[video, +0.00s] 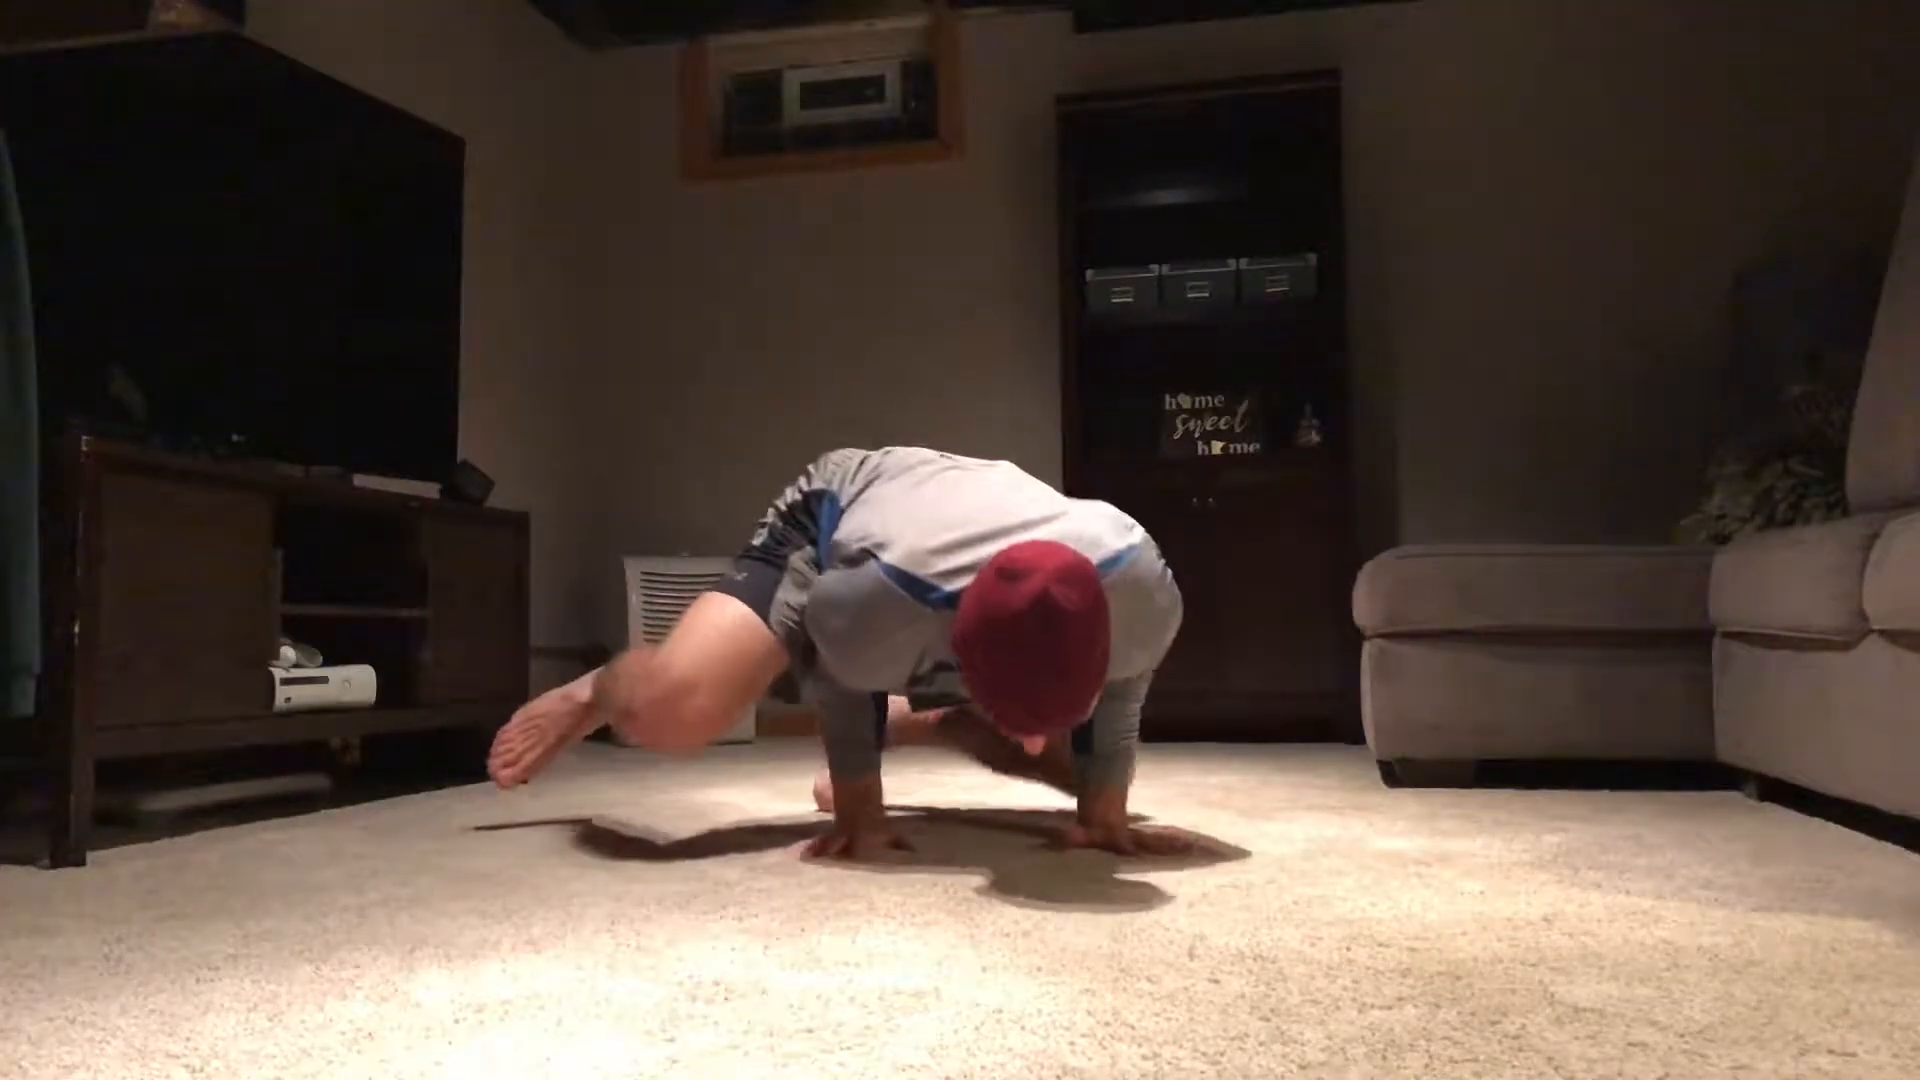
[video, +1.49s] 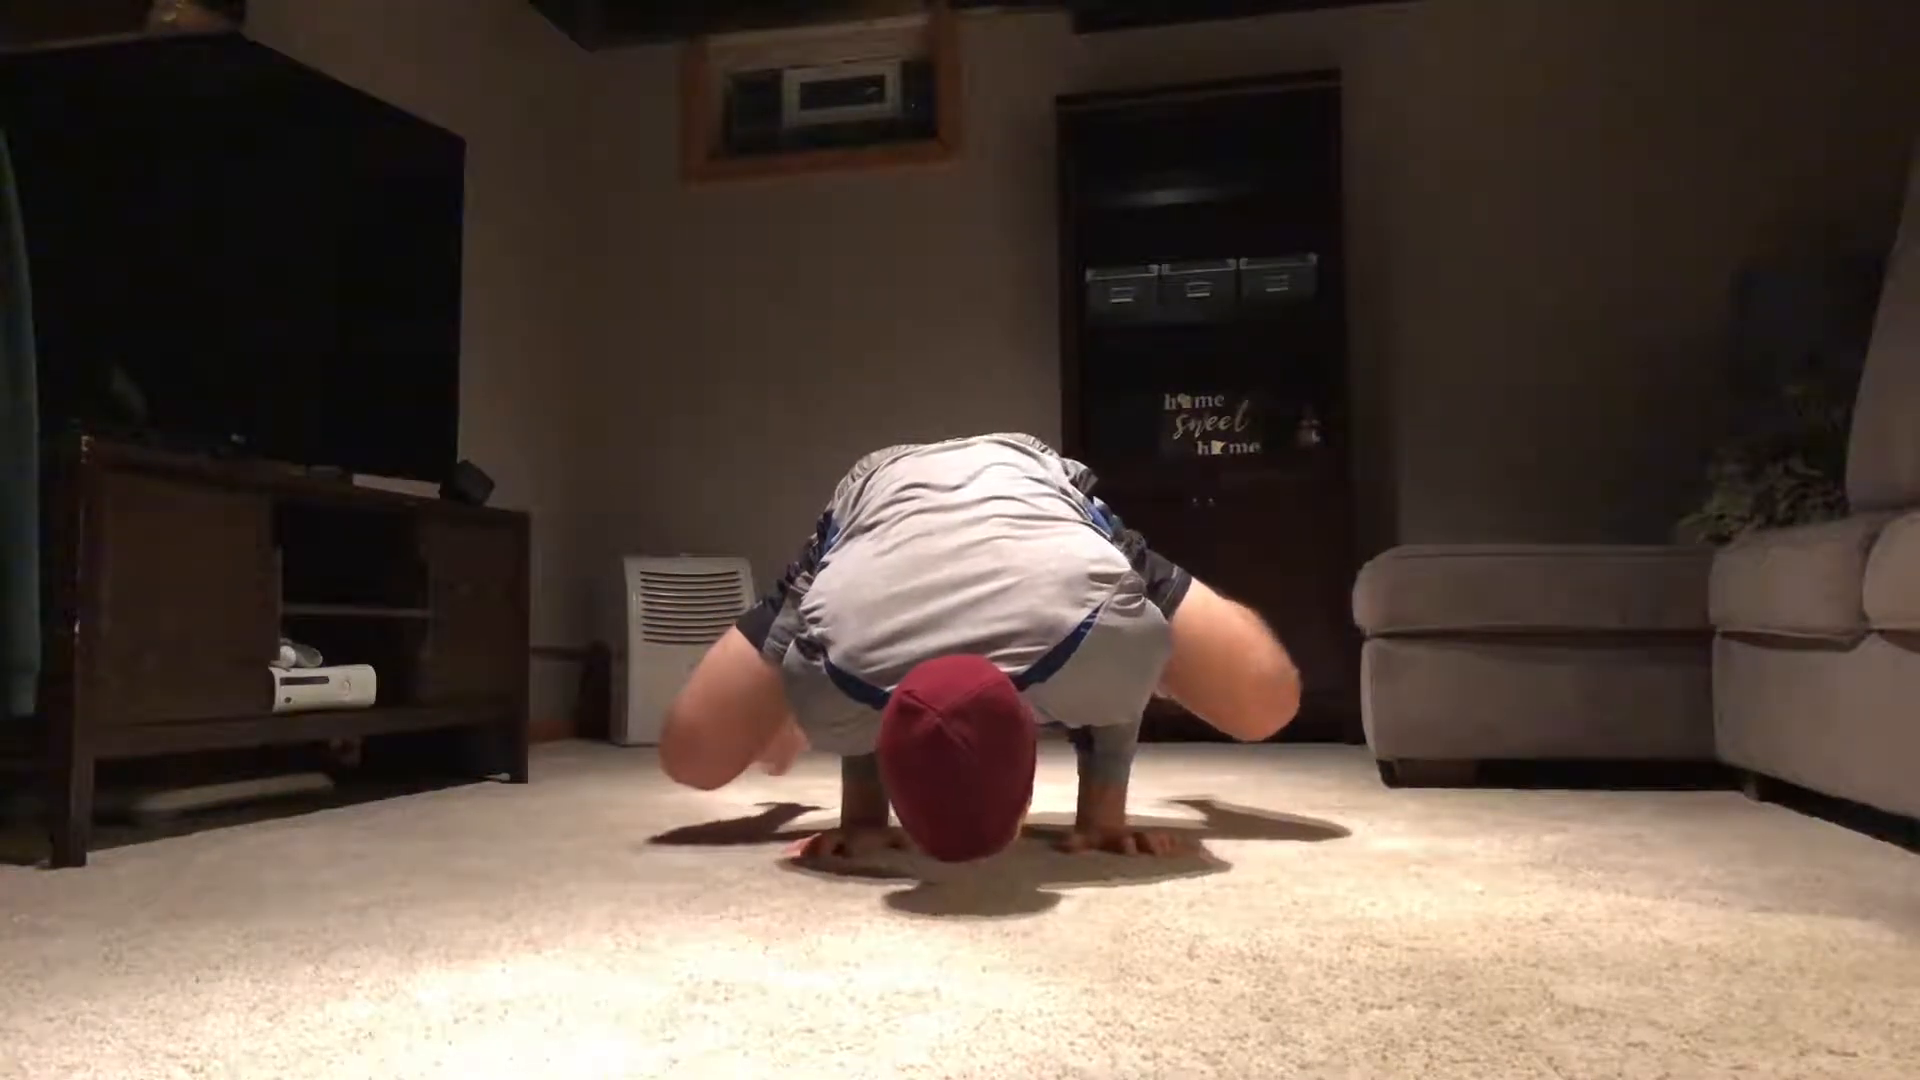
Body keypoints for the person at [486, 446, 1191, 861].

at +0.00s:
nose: (1035, 736)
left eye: (1050, 728)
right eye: (1017, 719)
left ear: (1100, 650)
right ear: (974, 643)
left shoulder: (1144, 593)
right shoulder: (872, 604)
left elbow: (1125, 699)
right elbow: (839, 693)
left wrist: (1107, 822)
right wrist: (860, 825)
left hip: (992, 512)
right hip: (840, 511)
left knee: (1062, 761)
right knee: (675, 720)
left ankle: (922, 719)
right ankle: (599, 694)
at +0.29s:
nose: (1032, 784)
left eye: (1051, 772)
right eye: (1011, 770)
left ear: (1097, 686)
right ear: (963, 694)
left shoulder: (1159, 618)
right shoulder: (865, 638)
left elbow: (1128, 703)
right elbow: (865, 725)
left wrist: (1108, 811)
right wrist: (861, 832)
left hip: (1017, 502)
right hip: (869, 505)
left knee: (1188, 754)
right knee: (678, 737)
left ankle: (961, 708)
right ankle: (633, 700)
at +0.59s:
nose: (1023, 826)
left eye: (1036, 809)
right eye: (1002, 817)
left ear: (1080, 720)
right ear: (946, 722)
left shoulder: (1148, 642)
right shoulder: (861, 654)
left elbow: (1119, 706)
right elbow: (865, 720)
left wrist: (1106, 816)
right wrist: (862, 827)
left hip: (1029, 476)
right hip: (878, 485)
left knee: (1237, 708)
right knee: (687, 752)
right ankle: (664, 713)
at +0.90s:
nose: (991, 842)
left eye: (1013, 828)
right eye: (971, 831)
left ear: (1063, 724)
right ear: (915, 727)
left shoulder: (1134, 648)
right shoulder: (844, 666)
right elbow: (858, 718)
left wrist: (1104, 810)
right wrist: (862, 821)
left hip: (1039, 477)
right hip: (881, 483)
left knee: (1255, 713)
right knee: (680, 752)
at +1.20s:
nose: (970, 860)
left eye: (991, 846)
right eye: (951, 847)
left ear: (1037, 733)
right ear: (904, 731)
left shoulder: (1121, 655)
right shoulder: (830, 671)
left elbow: (1266, 701)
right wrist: (859, 817)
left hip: (1037, 472)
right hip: (877, 483)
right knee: (688, 761)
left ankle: (1102, 812)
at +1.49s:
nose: (966, 856)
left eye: (987, 841)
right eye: (946, 845)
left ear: (1027, 730)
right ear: (893, 730)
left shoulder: (1110, 648)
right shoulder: (815, 666)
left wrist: (1105, 810)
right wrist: (860, 810)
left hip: (1035, 474)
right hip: (877, 484)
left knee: (1270, 705)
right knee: (689, 757)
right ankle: (778, 725)